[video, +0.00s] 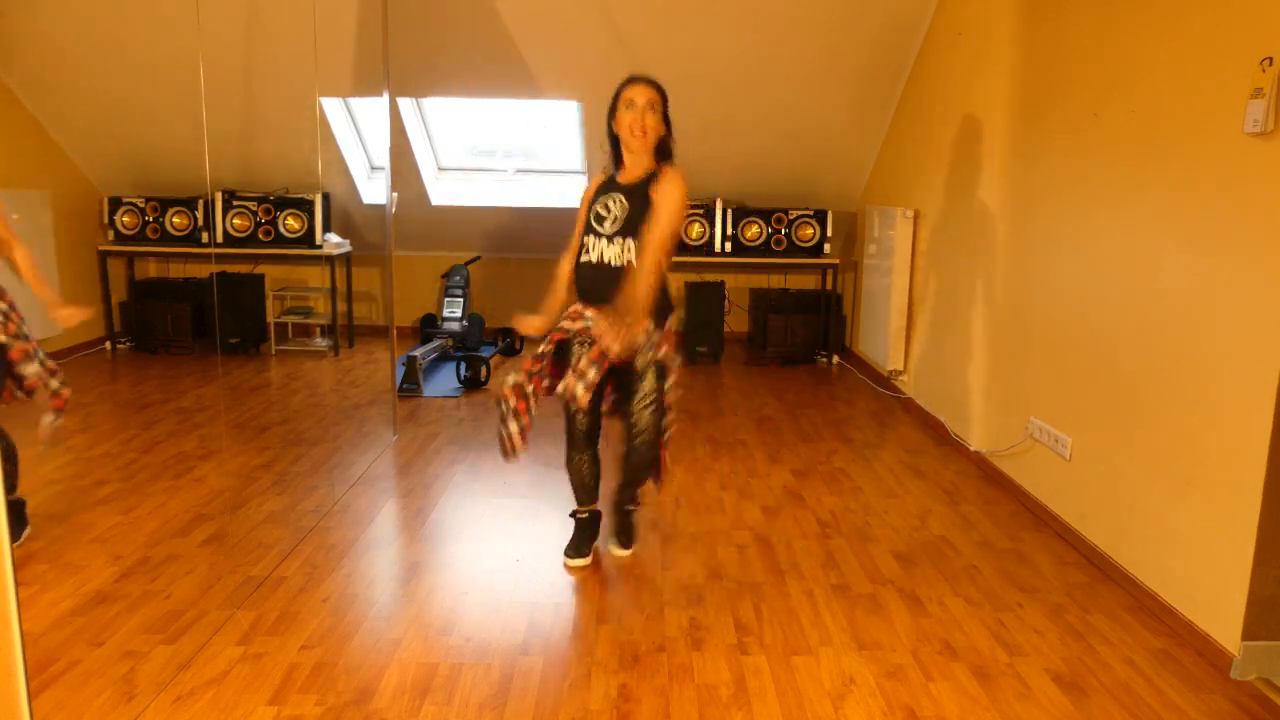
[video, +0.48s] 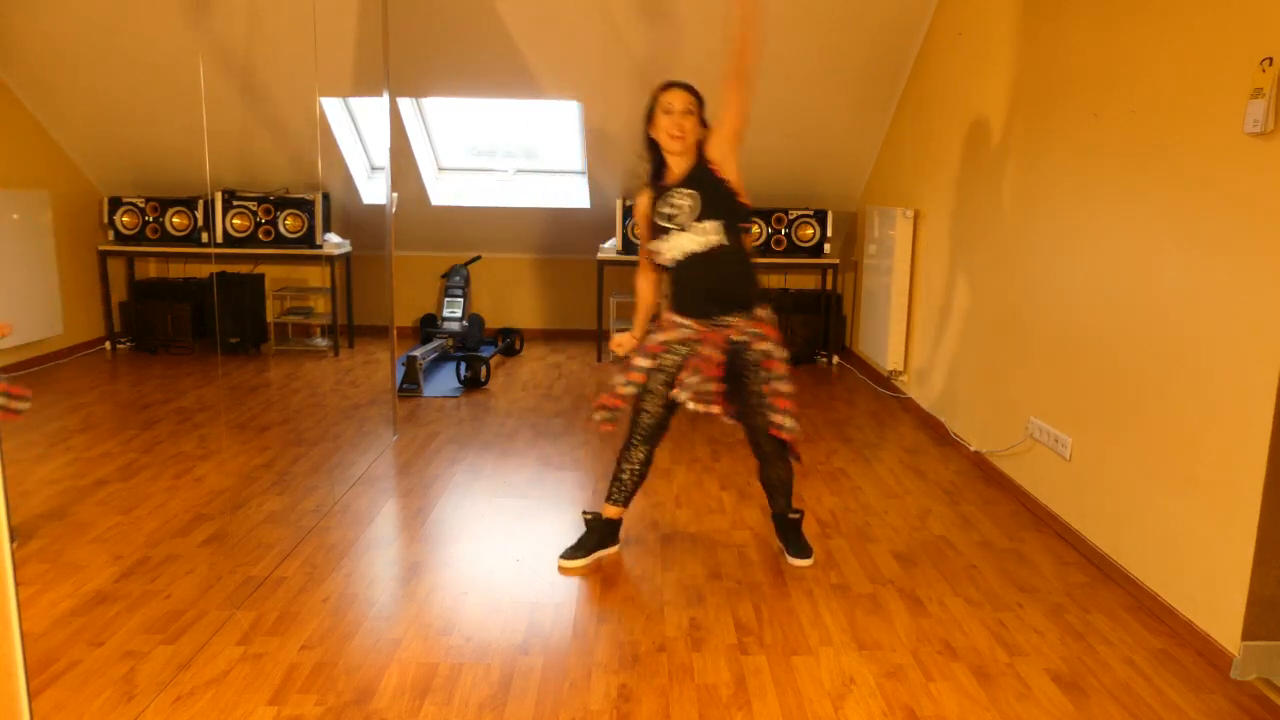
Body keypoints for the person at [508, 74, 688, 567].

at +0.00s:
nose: (639, 116)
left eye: (650, 109)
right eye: (629, 107)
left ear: (663, 124)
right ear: (614, 121)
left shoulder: (668, 183)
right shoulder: (598, 189)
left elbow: (653, 256)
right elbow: (571, 258)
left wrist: (629, 317)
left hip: (643, 317)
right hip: (588, 315)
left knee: (644, 425)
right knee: (581, 420)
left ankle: (625, 504)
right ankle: (585, 515)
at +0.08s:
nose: (636, 94)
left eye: (647, 87)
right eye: (626, 85)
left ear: (659, 103)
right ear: (609, 98)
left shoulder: (664, 158)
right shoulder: (598, 170)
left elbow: (631, 200)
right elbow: (591, 247)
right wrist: (577, 307)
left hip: (659, 306)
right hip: (604, 304)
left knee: (672, 411)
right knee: (593, 412)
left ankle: (664, 497)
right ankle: (590, 516)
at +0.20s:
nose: (637, 80)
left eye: (650, 73)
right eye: (627, 71)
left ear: (664, 89)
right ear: (608, 86)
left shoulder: (668, 140)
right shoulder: (603, 159)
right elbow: (607, 234)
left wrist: (567, 70)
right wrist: (605, 294)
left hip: (677, 297)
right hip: (621, 301)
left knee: (707, 399)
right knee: (607, 408)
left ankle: (734, 498)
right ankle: (594, 514)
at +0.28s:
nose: (640, 85)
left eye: (649, 76)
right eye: (631, 78)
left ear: (666, 87)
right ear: (618, 95)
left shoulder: (675, 141)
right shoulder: (613, 167)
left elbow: (640, 67)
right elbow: (611, 246)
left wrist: (605, 15)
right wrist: (611, 303)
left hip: (687, 302)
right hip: (631, 306)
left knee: (727, 407)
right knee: (617, 414)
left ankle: (768, 503)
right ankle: (599, 516)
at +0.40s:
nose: (661, 111)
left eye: (671, 102)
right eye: (650, 102)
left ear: (685, 115)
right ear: (636, 117)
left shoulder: (700, 160)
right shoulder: (634, 186)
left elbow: (697, 66)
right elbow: (632, 259)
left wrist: (688, 5)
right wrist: (630, 318)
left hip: (711, 314)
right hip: (654, 319)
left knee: (744, 422)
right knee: (633, 422)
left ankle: (786, 515)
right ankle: (606, 523)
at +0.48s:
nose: (678, 122)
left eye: (688, 114)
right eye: (668, 113)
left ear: (703, 125)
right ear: (651, 125)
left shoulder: (720, 164)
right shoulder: (649, 200)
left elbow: (741, 77)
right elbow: (648, 271)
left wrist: (748, 10)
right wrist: (637, 332)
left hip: (745, 321)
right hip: (682, 324)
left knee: (767, 429)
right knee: (647, 419)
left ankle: (787, 519)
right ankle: (607, 524)